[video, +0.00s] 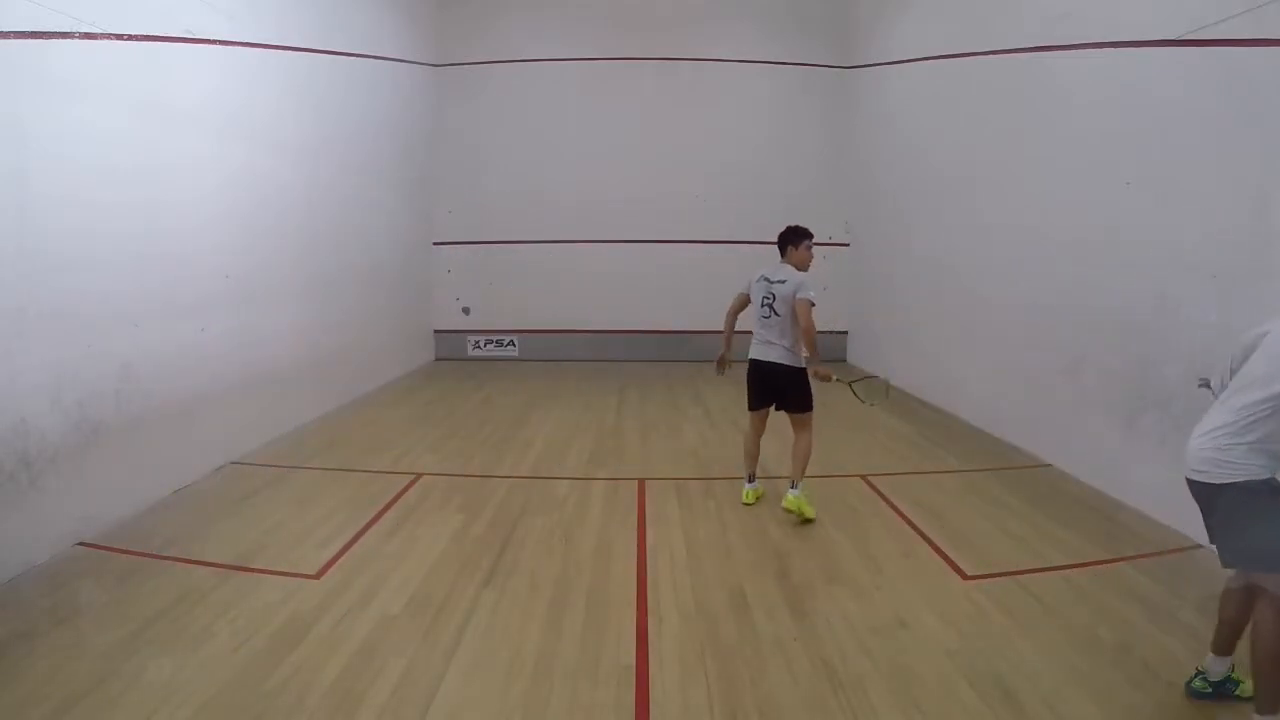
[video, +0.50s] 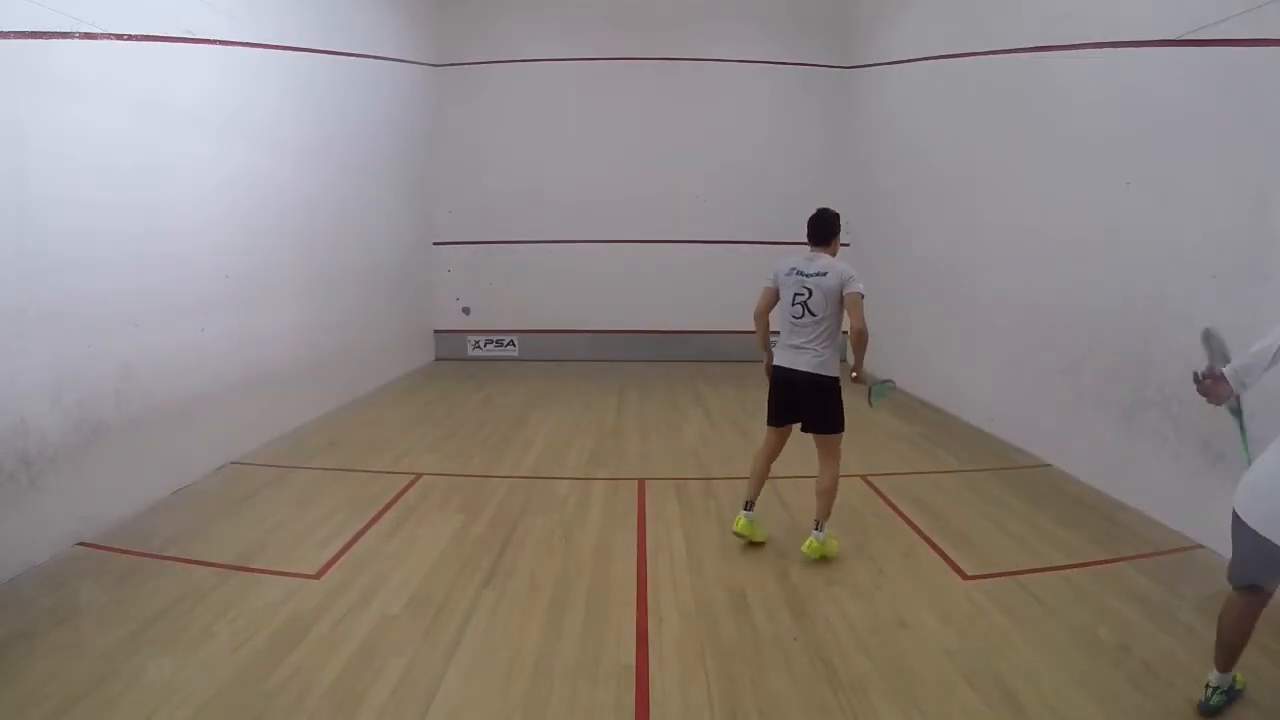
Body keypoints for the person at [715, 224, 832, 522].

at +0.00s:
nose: (812, 255)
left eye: (812, 249)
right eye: (808, 248)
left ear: (786, 251)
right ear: (792, 249)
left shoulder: (760, 278)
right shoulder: (800, 282)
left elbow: (732, 311)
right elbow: (806, 324)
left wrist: (726, 349)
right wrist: (816, 362)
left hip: (758, 367)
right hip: (789, 370)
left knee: (755, 428)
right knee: (802, 429)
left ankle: (749, 487)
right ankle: (795, 492)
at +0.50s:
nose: (841, 241)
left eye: (837, 235)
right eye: (841, 236)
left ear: (808, 236)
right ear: (837, 238)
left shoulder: (787, 268)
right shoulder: (844, 272)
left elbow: (760, 312)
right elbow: (857, 328)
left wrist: (767, 354)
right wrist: (858, 368)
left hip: (783, 374)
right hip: (821, 380)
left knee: (771, 442)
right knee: (829, 458)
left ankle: (745, 514)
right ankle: (818, 535)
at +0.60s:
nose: (848, 257)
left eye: (838, 251)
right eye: (849, 252)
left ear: (817, 252)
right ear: (846, 255)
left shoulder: (793, 283)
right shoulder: (849, 294)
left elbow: (765, 328)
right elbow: (865, 352)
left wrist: (775, 364)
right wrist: (870, 391)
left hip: (787, 396)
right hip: (827, 403)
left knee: (766, 464)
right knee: (854, 475)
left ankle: (739, 534)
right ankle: (858, 556)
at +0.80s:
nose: (894, 261)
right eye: (895, 256)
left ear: (861, 256)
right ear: (894, 260)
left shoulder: (833, 292)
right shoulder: (894, 303)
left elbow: (807, 342)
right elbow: (899, 369)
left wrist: (800, 387)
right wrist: (910, 417)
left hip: (827, 405)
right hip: (870, 414)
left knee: (792, 473)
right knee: (900, 488)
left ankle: (755, 534)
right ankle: (882, 572)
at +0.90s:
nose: (925, 263)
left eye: (920, 256)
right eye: (926, 258)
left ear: (891, 253)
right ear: (922, 260)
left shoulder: (861, 286)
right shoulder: (913, 300)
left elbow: (828, 335)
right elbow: (915, 369)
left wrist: (822, 385)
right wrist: (929, 425)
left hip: (845, 405)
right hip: (886, 413)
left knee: (821, 475)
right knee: (927, 485)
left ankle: (777, 538)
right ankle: (901, 567)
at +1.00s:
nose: (956, 284)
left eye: (957, 278)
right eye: (957, 277)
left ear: (922, 271)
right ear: (950, 276)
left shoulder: (889, 302)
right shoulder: (937, 317)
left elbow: (850, 342)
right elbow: (935, 390)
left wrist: (834, 390)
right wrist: (963, 447)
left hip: (861, 419)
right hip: (902, 430)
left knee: (840, 485)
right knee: (948, 503)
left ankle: (785, 548)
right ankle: (939, 591)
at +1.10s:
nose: (983, 309)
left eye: (984, 301)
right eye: (984, 301)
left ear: (952, 292)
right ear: (975, 298)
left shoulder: (914, 317)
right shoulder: (957, 340)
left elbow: (861, 358)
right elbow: (962, 419)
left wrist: (839, 397)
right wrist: (993, 468)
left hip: (872, 432)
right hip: (912, 442)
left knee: (842, 498)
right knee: (972, 508)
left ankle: (783, 553)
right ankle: (942, 591)